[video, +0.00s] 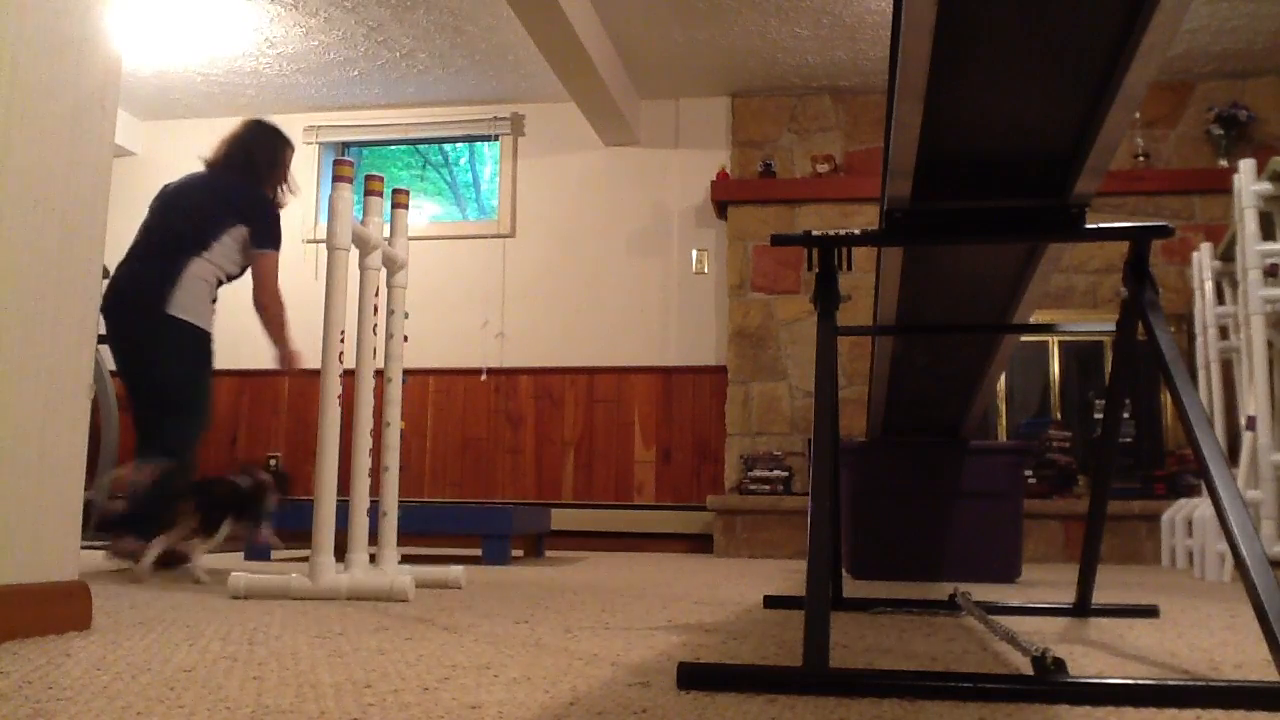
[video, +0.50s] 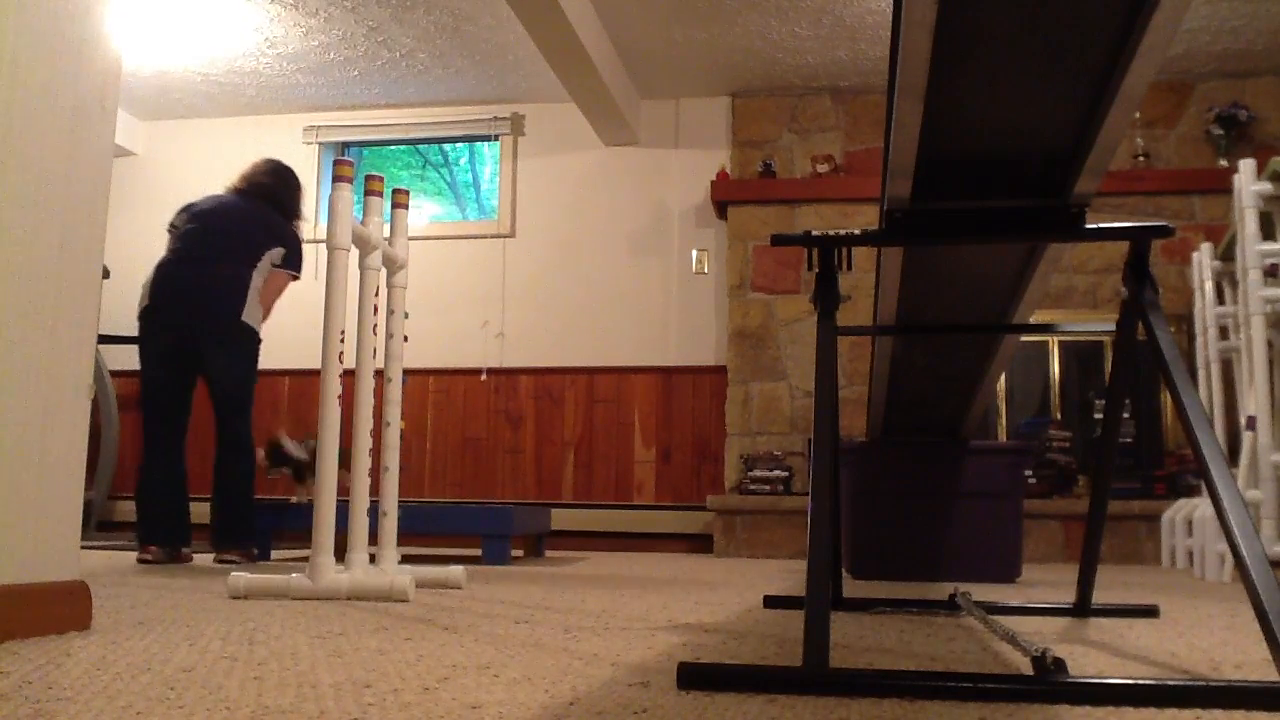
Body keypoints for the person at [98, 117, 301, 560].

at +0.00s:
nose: (285, 176)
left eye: (287, 166)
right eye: (284, 166)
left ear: (235, 151)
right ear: (271, 164)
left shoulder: (184, 186)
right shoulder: (259, 208)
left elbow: (146, 251)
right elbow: (265, 294)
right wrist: (285, 347)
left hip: (122, 306)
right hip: (177, 318)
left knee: (153, 420)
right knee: (186, 421)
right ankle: (138, 525)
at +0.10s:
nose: (285, 183)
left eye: (285, 175)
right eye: (284, 175)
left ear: (232, 156)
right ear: (274, 173)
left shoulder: (178, 190)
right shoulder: (263, 217)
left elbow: (142, 253)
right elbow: (259, 299)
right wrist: (257, 342)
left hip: (126, 307)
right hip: (189, 321)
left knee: (151, 422)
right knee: (208, 424)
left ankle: (149, 527)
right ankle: (175, 527)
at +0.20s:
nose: (279, 191)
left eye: (279, 183)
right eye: (279, 182)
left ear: (227, 162)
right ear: (273, 180)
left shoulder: (175, 193)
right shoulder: (266, 223)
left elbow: (150, 260)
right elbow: (246, 299)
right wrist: (225, 335)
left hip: (139, 318)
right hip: (203, 327)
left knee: (153, 427)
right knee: (217, 428)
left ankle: (157, 540)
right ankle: (212, 530)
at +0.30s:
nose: (282, 194)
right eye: (282, 186)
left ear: (230, 165)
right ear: (276, 183)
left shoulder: (177, 197)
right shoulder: (269, 226)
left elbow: (154, 263)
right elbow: (244, 300)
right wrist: (224, 339)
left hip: (146, 319)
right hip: (211, 327)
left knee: (154, 430)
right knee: (226, 429)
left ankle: (160, 541)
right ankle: (235, 536)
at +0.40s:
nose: (289, 203)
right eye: (289, 195)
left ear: (236, 174)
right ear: (283, 192)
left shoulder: (187, 202)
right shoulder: (277, 230)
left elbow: (164, 260)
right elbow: (255, 303)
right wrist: (237, 335)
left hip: (156, 318)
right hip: (221, 327)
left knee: (159, 430)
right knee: (230, 431)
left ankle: (161, 540)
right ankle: (236, 541)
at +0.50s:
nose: (297, 211)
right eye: (296, 203)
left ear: (243, 182)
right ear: (290, 198)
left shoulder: (195, 207)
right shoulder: (283, 233)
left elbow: (172, 264)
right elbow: (266, 297)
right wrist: (244, 335)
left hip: (163, 321)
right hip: (227, 329)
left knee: (163, 432)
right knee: (234, 433)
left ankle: (160, 539)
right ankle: (233, 540)